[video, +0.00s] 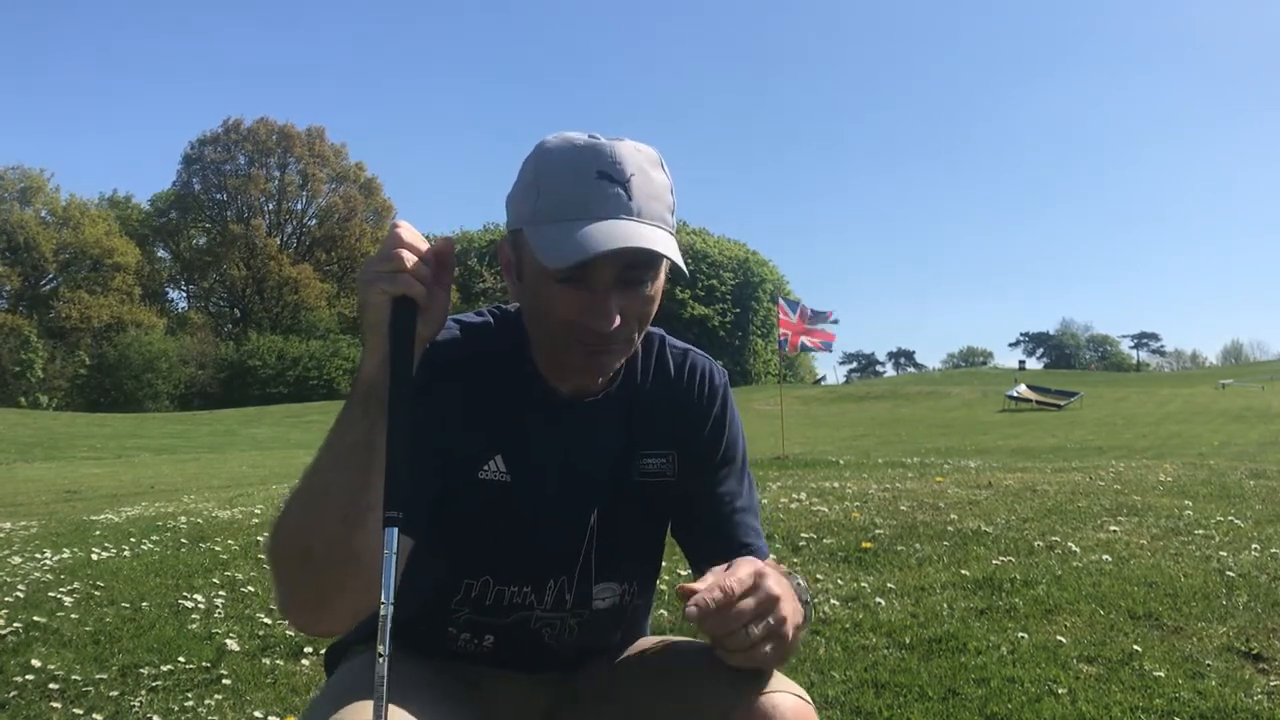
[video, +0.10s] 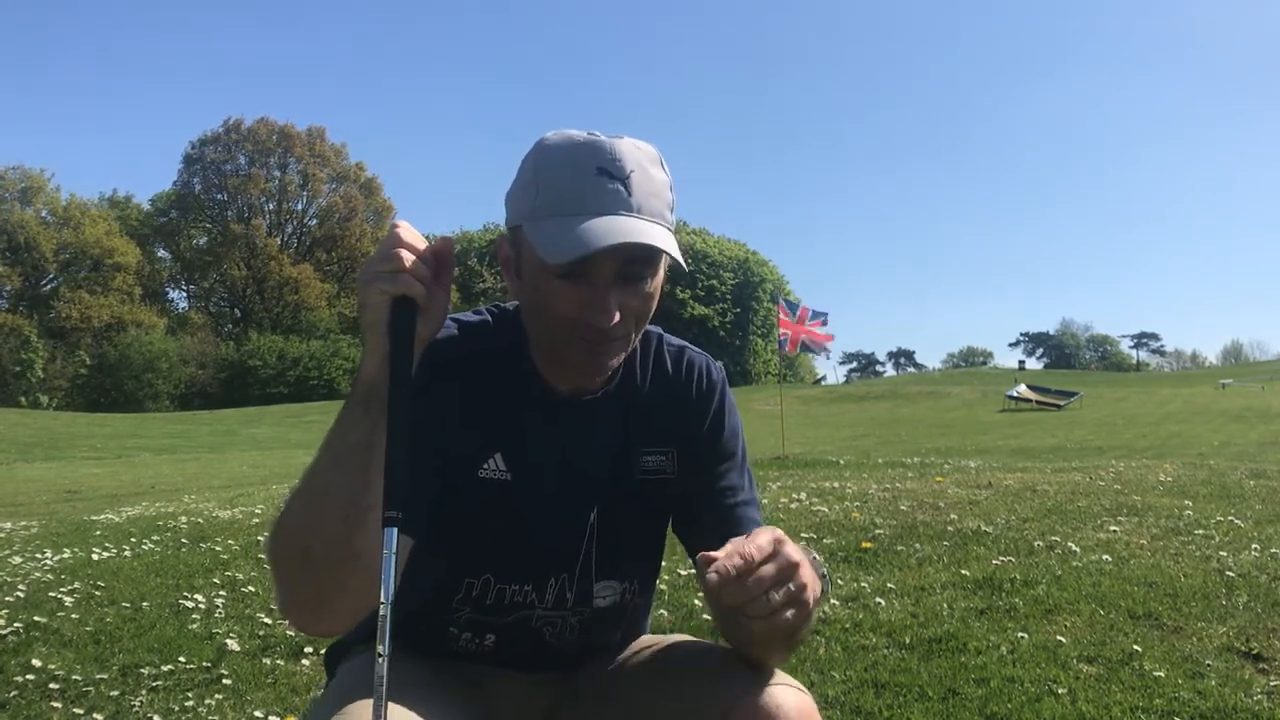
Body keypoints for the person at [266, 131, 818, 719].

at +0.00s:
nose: (607, 314)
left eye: (635, 278)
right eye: (575, 277)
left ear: (665, 276)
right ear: (511, 266)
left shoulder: (688, 389)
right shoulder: (435, 367)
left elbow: (743, 576)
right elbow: (314, 609)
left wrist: (767, 603)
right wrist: (379, 371)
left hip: (606, 666)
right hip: (435, 670)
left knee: (781, 707)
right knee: (360, 713)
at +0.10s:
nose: (607, 308)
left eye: (635, 274)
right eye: (575, 272)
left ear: (664, 272)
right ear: (510, 262)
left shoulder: (688, 386)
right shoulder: (436, 366)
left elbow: (755, 642)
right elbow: (314, 608)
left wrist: (775, 598)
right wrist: (380, 369)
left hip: (608, 664)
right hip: (438, 670)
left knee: (784, 707)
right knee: (363, 712)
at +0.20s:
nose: (604, 298)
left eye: (633, 263)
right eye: (573, 261)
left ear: (662, 267)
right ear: (509, 257)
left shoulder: (685, 381)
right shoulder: (433, 366)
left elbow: (771, 624)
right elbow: (315, 609)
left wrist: (790, 573)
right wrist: (379, 371)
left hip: (606, 665)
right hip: (433, 671)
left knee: (782, 708)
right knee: (369, 712)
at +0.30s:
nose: (600, 295)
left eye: (628, 259)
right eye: (569, 257)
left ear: (659, 261)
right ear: (505, 254)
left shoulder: (683, 379)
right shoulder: (433, 364)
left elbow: (789, 617)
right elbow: (314, 608)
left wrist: (808, 558)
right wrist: (379, 369)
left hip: (606, 665)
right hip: (434, 672)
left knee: (782, 708)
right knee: (371, 712)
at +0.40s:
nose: (595, 283)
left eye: (623, 248)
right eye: (563, 246)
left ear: (654, 258)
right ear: (503, 250)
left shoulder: (682, 378)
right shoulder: (433, 364)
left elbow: (810, 611)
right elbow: (313, 608)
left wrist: (822, 545)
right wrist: (378, 365)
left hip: (604, 666)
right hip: (433, 672)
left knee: (782, 709)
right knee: (373, 715)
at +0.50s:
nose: (589, 274)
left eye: (617, 240)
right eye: (558, 237)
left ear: (652, 255)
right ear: (501, 245)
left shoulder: (683, 379)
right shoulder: (430, 363)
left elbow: (827, 598)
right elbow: (312, 606)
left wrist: (828, 540)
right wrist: (377, 365)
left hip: (603, 666)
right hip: (432, 673)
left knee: (784, 711)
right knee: (370, 717)